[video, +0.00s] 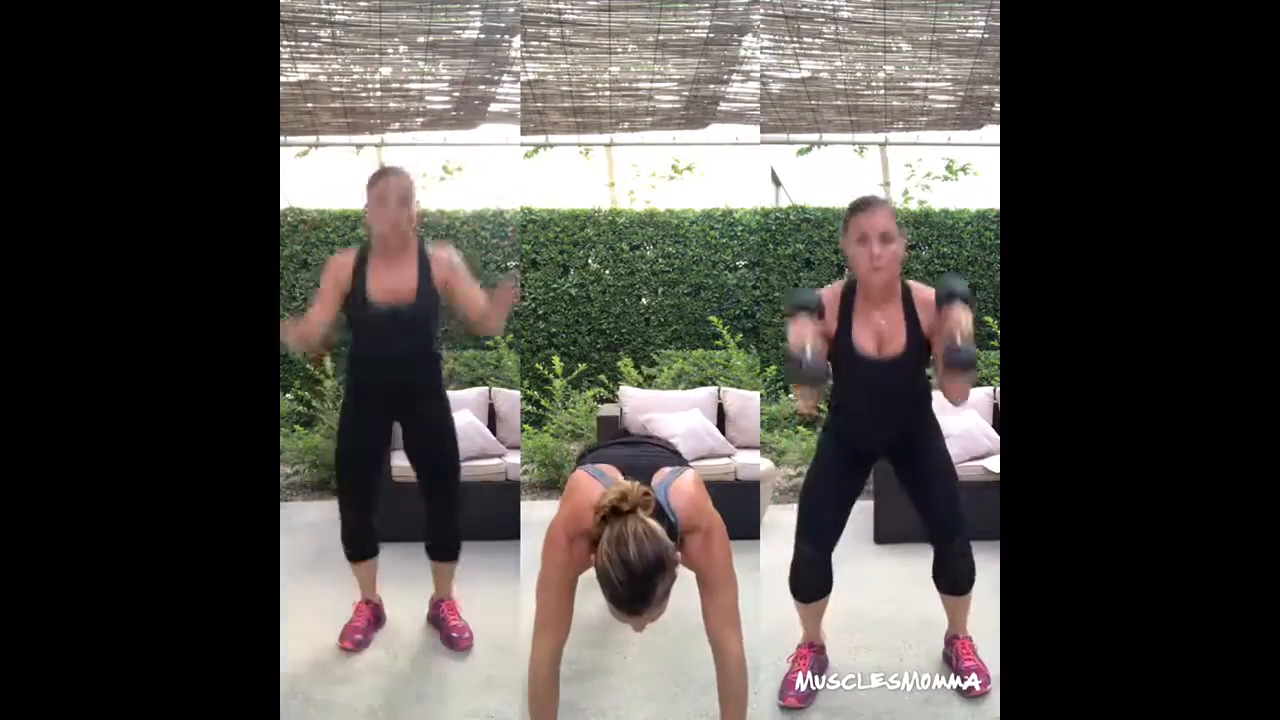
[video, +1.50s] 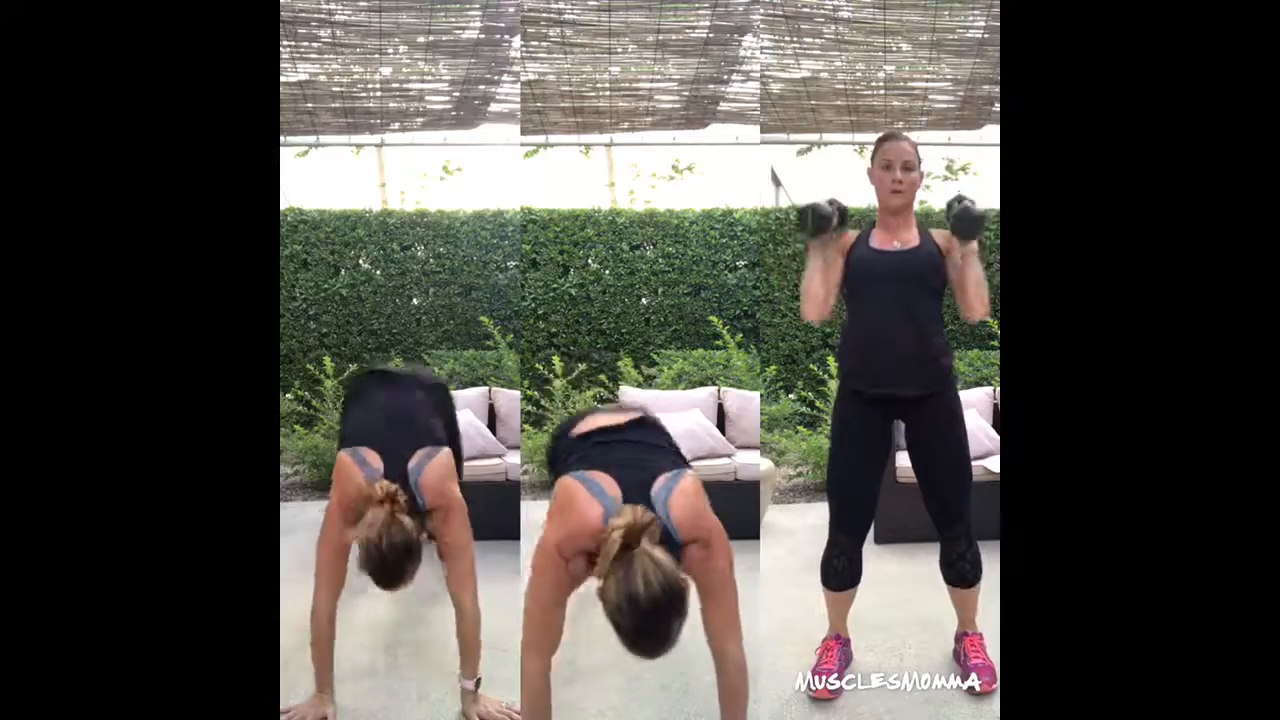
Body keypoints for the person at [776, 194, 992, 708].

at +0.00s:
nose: (877, 251)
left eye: (886, 239)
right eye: (863, 241)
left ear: (902, 246)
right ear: (846, 251)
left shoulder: (929, 303)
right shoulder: (825, 305)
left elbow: (958, 391)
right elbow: (807, 396)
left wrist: (957, 336)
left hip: (914, 432)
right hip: (846, 434)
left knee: (953, 538)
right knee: (809, 548)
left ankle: (958, 641)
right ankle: (811, 649)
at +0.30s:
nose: (882, 214)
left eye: (891, 205)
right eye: (869, 205)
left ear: (907, 217)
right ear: (852, 219)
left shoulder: (932, 281)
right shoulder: (830, 280)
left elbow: (964, 354)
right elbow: (798, 355)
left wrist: (957, 287)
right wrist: (805, 284)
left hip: (917, 429)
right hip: (848, 429)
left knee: (956, 550)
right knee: (806, 554)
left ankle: (959, 642)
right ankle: (811, 650)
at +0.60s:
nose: (895, 159)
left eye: (904, 152)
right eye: (885, 152)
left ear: (917, 166)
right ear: (868, 166)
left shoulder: (939, 224)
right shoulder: (845, 220)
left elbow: (989, 152)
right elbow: (786, 149)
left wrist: (961, 79)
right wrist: (812, 82)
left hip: (926, 384)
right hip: (857, 384)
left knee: (954, 518)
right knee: (837, 521)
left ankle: (972, 634)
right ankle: (834, 639)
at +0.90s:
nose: (895, 169)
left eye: (904, 162)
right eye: (886, 162)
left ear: (919, 177)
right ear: (868, 177)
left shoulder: (936, 229)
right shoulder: (849, 228)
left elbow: (953, 148)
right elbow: (823, 140)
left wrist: (952, 68)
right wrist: (824, 58)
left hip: (929, 398)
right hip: (859, 398)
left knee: (952, 530)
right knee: (835, 531)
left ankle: (967, 638)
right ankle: (835, 641)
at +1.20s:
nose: (895, 165)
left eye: (905, 156)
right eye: (884, 156)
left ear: (919, 166)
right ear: (867, 166)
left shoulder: (938, 224)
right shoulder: (844, 222)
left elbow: (997, 181)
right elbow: (773, 178)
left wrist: (977, 117)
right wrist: (798, 118)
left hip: (928, 387)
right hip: (858, 387)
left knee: (950, 518)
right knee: (849, 519)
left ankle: (968, 633)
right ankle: (836, 639)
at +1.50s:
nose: (898, 176)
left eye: (908, 167)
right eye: (887, 167)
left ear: (920, 177)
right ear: (871, 176)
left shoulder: (941, 241)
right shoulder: (847, 241)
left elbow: (976, 311)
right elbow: (813, 310)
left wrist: (969, 244)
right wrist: (820, 243)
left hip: (932, 395)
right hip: (861, 396)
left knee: (956, 526)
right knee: (845, 532)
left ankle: (969, 636)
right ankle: (837, 640)